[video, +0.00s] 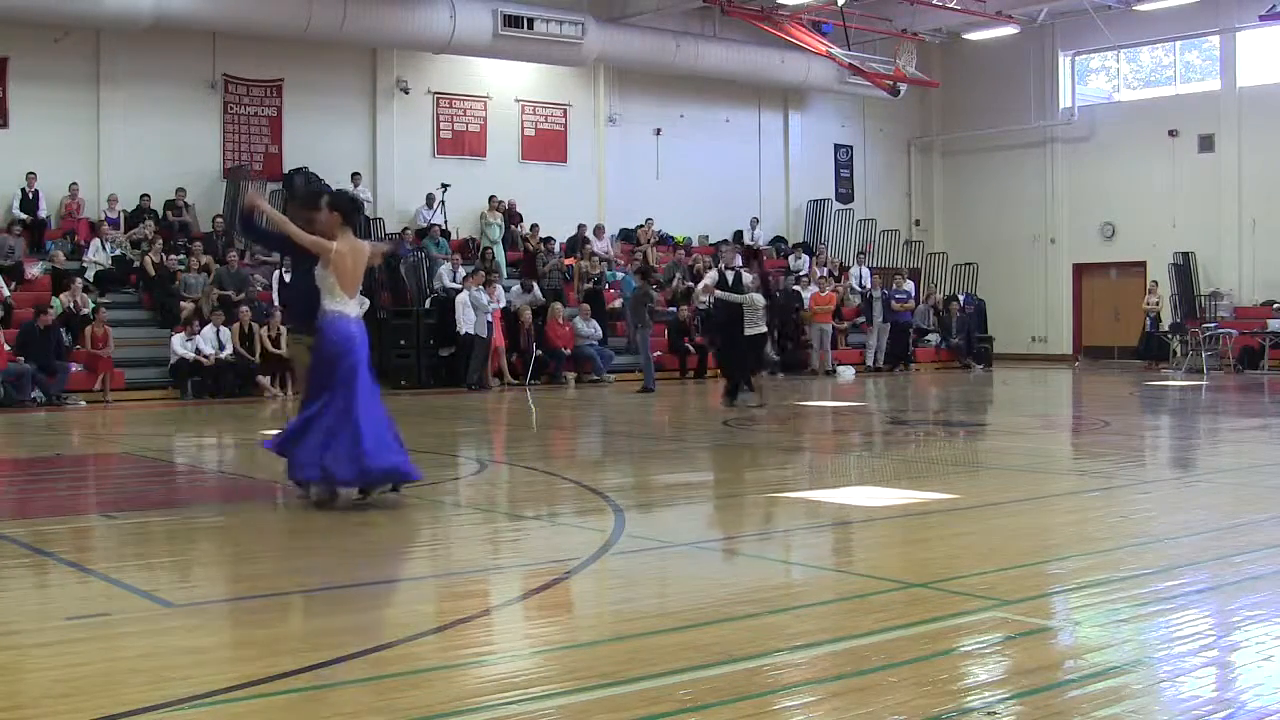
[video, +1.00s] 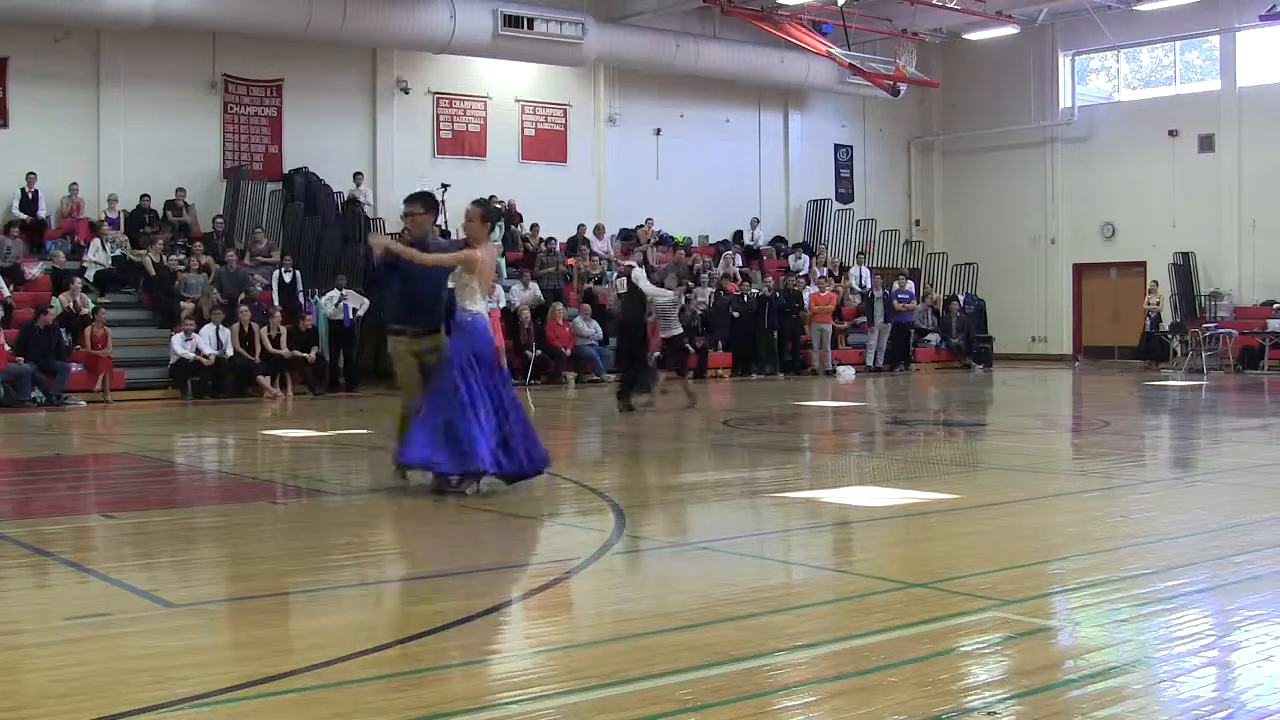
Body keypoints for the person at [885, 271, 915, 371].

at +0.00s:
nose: (897, 281)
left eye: (899, 279)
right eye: (895, 279)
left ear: (903, 280)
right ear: (893, 281)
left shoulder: (908, 293)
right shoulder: (891, 293)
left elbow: (912, 305)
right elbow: (893, 307)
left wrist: (899, 305)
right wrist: (906, 306)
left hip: (906, 321)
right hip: (895, 321)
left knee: (906, 343)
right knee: (895, 343)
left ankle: (906, 363)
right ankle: (896, 364)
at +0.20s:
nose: (898, 281)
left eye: (900, 279)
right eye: (896, 279)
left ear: (904, 280)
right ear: (894, 281)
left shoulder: (908, 293)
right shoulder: (892, 293)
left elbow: (913, 305)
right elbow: (895, 307)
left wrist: (901, 305)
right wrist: (907, 306)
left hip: (907, 321)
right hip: (896, 321)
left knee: (906, 343)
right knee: (896, 343)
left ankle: (907, 363)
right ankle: (896, 363)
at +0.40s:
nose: (900, 282)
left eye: (902, 279)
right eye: (898, 279)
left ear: (905, 280)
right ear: (896, 281)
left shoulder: (909, 293)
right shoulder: (893, 293)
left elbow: (914, 305)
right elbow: (896, 307)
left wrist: (901, 305)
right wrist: (908, 305)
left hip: (907, 321)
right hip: (897, 321)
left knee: (906, 343)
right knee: (896, 343)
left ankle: (907, 363)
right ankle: (896, 364)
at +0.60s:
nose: (900, 281)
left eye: (902, 279)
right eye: (898, 279)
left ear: (906, 281)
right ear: (896, 281)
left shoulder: (910, 293)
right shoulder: (894, 293)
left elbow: (914, 305)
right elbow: (896, 307)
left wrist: (901, 305)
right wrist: (908, 306)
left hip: (907, 321)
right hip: (897, 321)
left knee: (906, 343)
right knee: (896, 343)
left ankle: (906, 363)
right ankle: (896, 364)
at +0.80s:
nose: (901, 281)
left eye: (903, 279)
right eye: (899, 279)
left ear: (906, 281)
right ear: (897, 281)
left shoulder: (910, 293)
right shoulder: (894, 293)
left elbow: (914, 306)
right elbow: (896, 307)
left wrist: (902, 305)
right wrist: (909, 306)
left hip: (908, 321)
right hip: (897, 321)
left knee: (906, 343)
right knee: (897, 343)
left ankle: (907, 363)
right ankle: (896, 365)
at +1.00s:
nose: (901, 281)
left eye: (903, 279)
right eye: (899, 279)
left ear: (906, 281)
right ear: (897, 281)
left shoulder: (911, 293)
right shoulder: (894, 293)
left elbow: (914, 305)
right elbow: (896, 307)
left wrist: (902, 305)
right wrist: (909, 306)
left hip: (908, 321)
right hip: (897, 321)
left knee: (906, 343)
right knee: (897, 344)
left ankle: (907, 363)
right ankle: (896, 364)